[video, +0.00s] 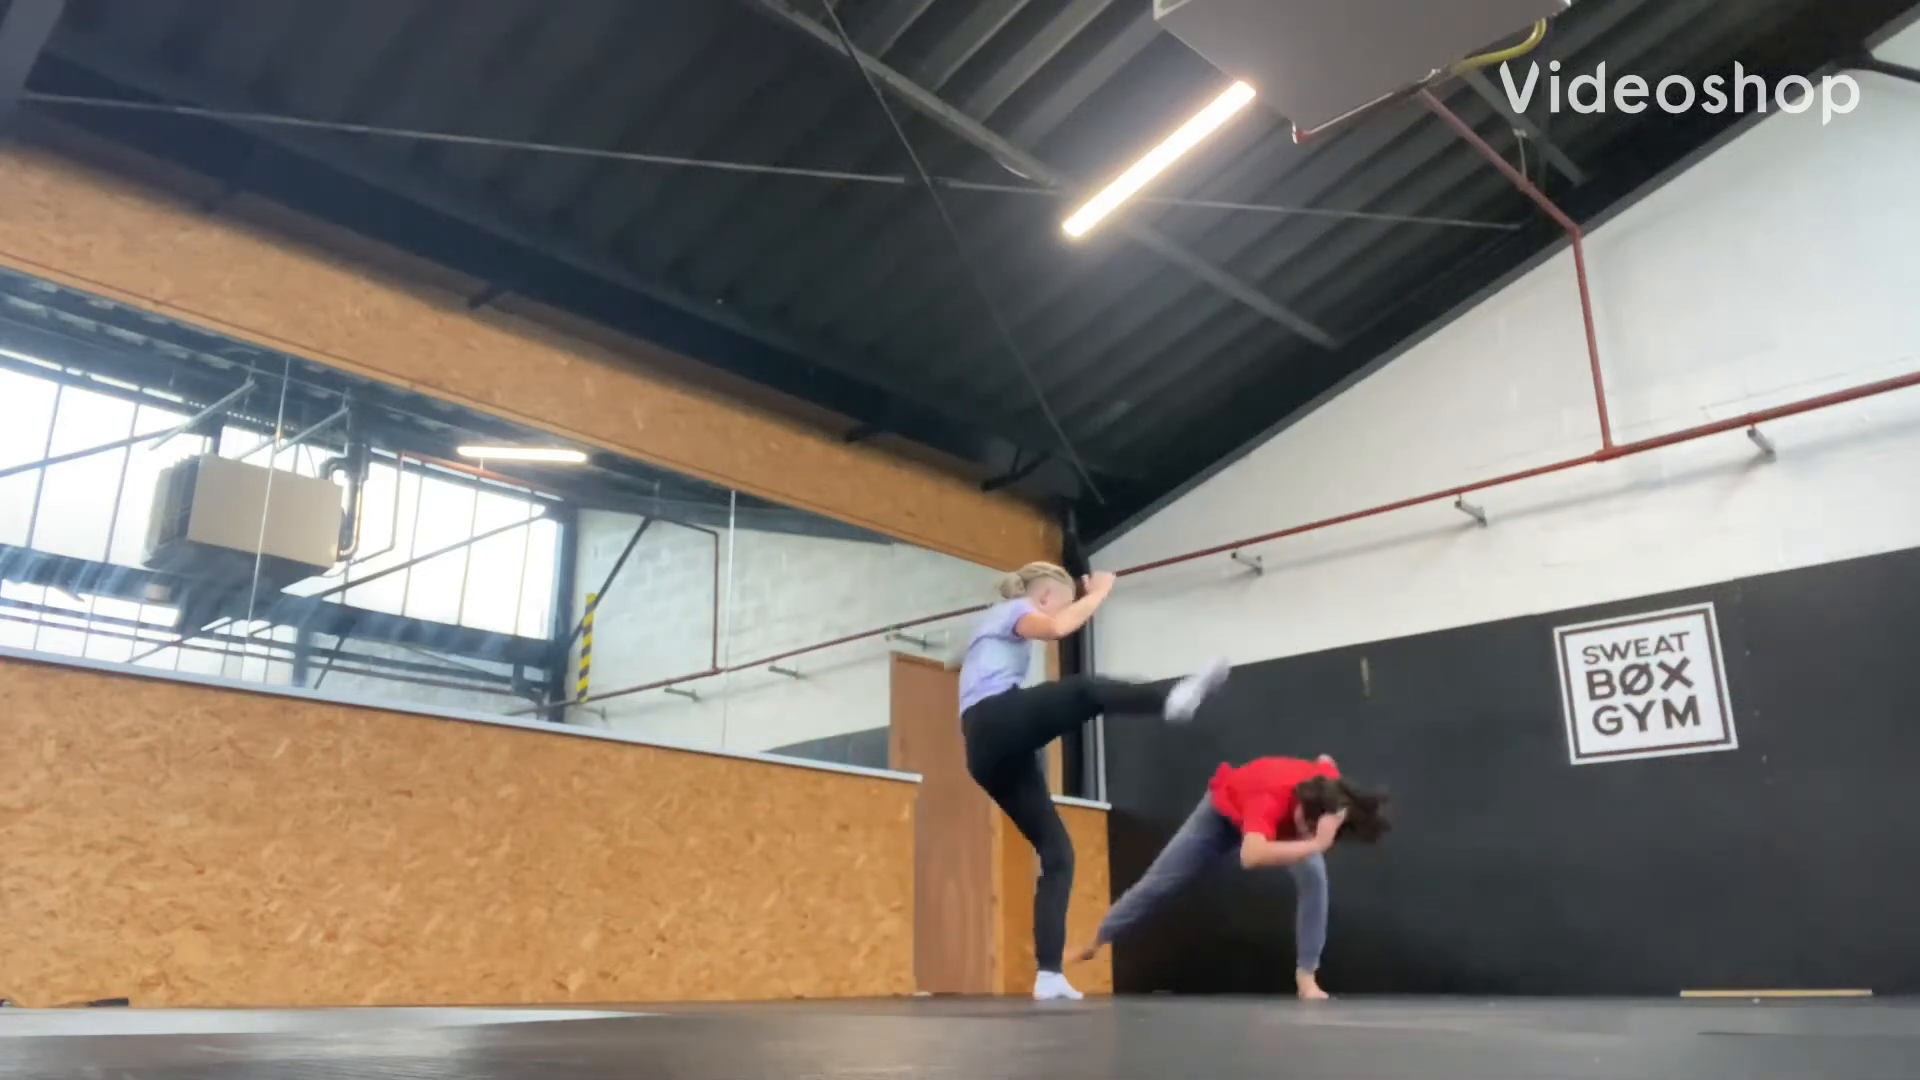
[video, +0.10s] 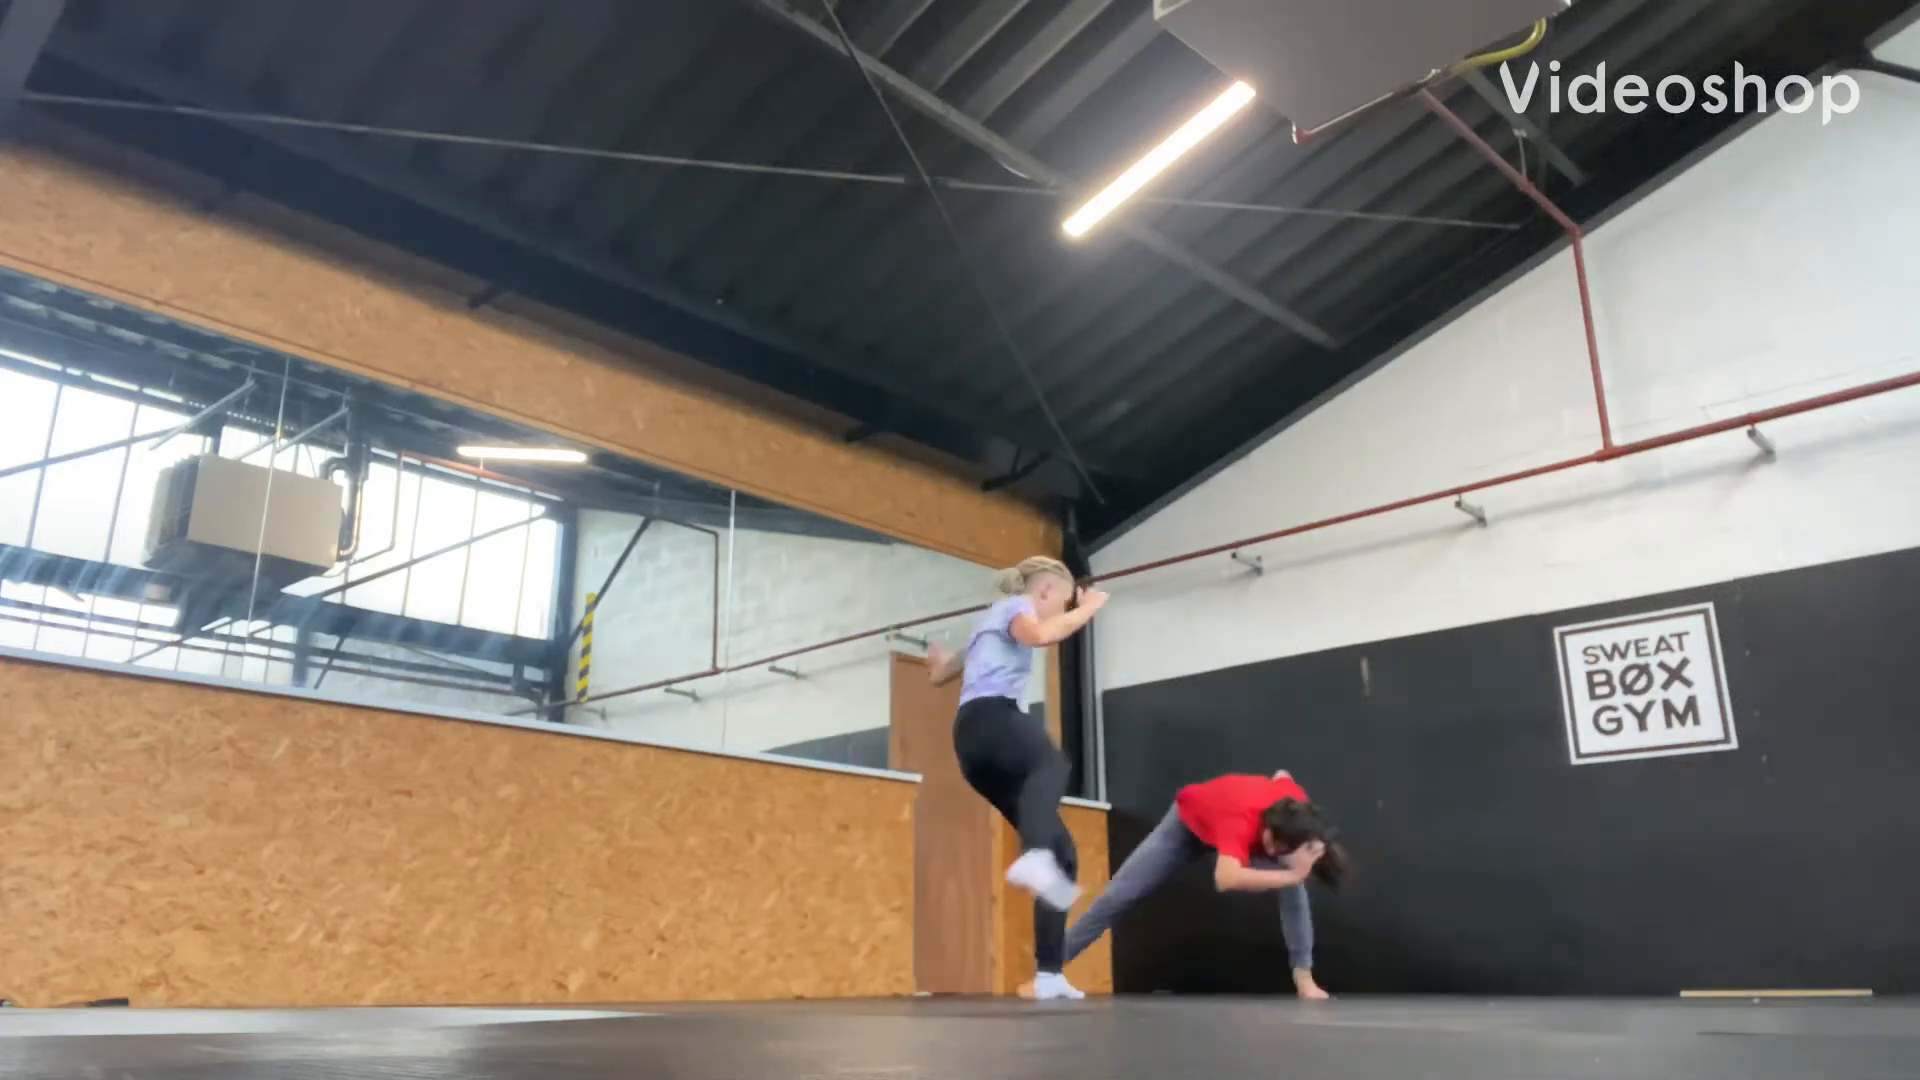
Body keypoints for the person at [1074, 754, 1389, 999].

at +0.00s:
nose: (1322, 836)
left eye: (1328, 829)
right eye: (1319, 828)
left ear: (1332, 813)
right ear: (1303, 809)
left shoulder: (1330, 786)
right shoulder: (1267, 796)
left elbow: (1326, 760)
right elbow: (1251, 856)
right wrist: (1317, 844)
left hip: (1272, 824)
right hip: (1225, 811)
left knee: (1314, 875)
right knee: (1161, 880)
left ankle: (1307, 975)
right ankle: (1098, 940)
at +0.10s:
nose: (1291, 858)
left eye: (1298, 856)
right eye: (1288, 852)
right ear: (1272, 838)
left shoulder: (1297, 806)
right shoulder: (1238, 817)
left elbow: (1282, 776)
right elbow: (1226, 879)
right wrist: (1292, 876)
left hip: (1239, 830)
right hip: (1189, 821)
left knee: (1293, 879)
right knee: (1118, 896)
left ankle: (1303, 974)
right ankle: (1050, 966)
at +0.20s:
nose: (1228, 846)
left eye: (1234, 842)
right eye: (1226, 839)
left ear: (1246, 833)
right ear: (1217, 823)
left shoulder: (1247, 801)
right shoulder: (1188, 814)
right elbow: (1174, 869)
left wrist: (1251, 849)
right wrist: (1239, 866)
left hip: (1204, 847)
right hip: (1150, 838)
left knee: (1259, 891)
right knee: (1086, 903)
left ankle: (1299, 975)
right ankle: (1047, 977)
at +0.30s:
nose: (1155, 824)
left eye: (1163, 818)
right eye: (1151, 814)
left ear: (1182, 814)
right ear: (1140, 800)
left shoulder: (1182, 815)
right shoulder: (1122, 793)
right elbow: (1094, 836)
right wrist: (1155, 834)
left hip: (1178, 846)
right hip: (1121, 845)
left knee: (1222, 896)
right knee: (1063, 893)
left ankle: (1291, 972)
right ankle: (1033, 973)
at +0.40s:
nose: (1067, 788)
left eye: (1075, 783)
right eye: (1064, 780)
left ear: (1088, 780)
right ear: (1055, 774)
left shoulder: (1118, 782)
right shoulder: (1042, 785)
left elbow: (1155, 784)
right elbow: (1018, 813)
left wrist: (1173, 811)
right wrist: (1052, 809)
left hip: (1141, 833)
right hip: (1092, 842)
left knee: (1192, 900)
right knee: (1031, 888)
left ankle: (1280, 963)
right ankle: (1038, 980)